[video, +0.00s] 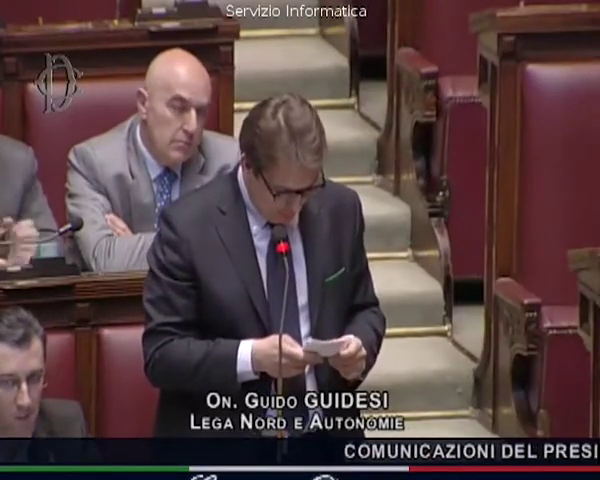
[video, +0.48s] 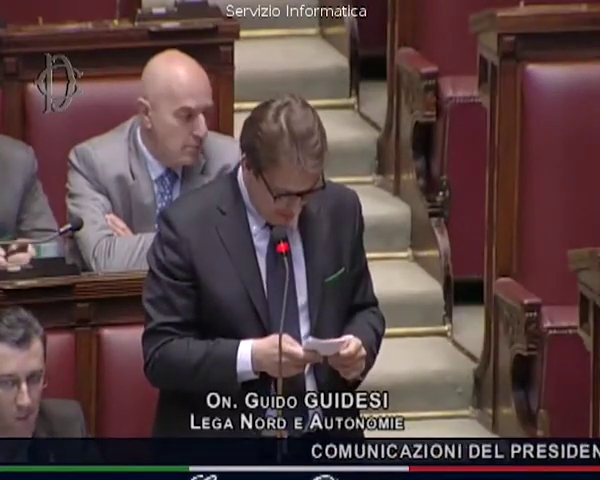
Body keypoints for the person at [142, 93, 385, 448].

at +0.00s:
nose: (296, 207)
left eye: (308, 191)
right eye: (284, 193)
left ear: (319, 168)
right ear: (247, 168)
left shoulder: (340, 208)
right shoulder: (186, 224)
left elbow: (366, 309)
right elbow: (161, 355)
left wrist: (359, 346)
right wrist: (250, 356)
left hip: (322, 444)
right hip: (219, 447)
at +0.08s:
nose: (296, 207)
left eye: (308, 191)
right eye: (283, 193)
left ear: (319, 168)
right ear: (247, 168)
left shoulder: (341, 208)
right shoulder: (186, 224)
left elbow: (366, 310)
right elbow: (161, 355)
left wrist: (359, 345)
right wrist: (250, 356)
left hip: (322, 440)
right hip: (220, 441)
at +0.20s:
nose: (296, 207)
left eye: (308, 191)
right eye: (283, 193)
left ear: (320, 168)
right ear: (247, 167)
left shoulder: (340, 207)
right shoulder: (186, 224)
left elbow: (366, 310)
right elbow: (161, 355)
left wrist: (358, 345)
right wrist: (250, 356)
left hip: (323, 441)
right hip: (219, 444)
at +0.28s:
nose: (296, 207)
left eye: (309, 191)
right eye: (283, 193)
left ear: (320, 168)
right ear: (247, 168)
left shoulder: (340, 208)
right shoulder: (186, 223)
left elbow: (365, 309)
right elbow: (161, 355)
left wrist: (359, 344)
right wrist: (250, 357)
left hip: (323, 442)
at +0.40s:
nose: (295, 208)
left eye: (308, 192)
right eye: (283, 194)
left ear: (320, 170)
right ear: (247, 169)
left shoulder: (340, 208)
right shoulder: (186, 223)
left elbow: (365, 309)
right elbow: (161, 355)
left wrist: (358, 345)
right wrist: (250, 357)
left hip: (323, 440)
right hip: (220, 439)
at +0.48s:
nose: (295, 209)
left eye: (309, 193)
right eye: (283, 195)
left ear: (321, 170)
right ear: (247, 169)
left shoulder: (340, 208)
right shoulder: (186, 223)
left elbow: (365, 309)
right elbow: (161, 355)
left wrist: (358, 345)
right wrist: (250, 357)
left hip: (324, 439)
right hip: (220, 440)